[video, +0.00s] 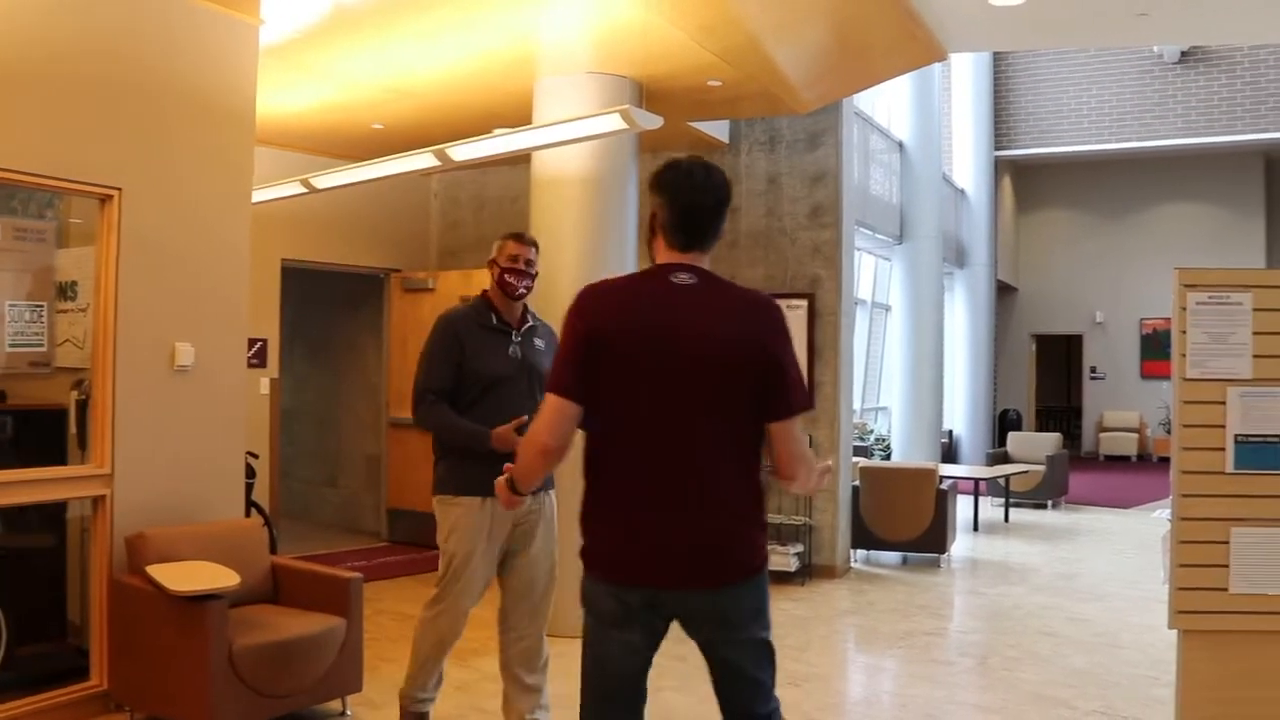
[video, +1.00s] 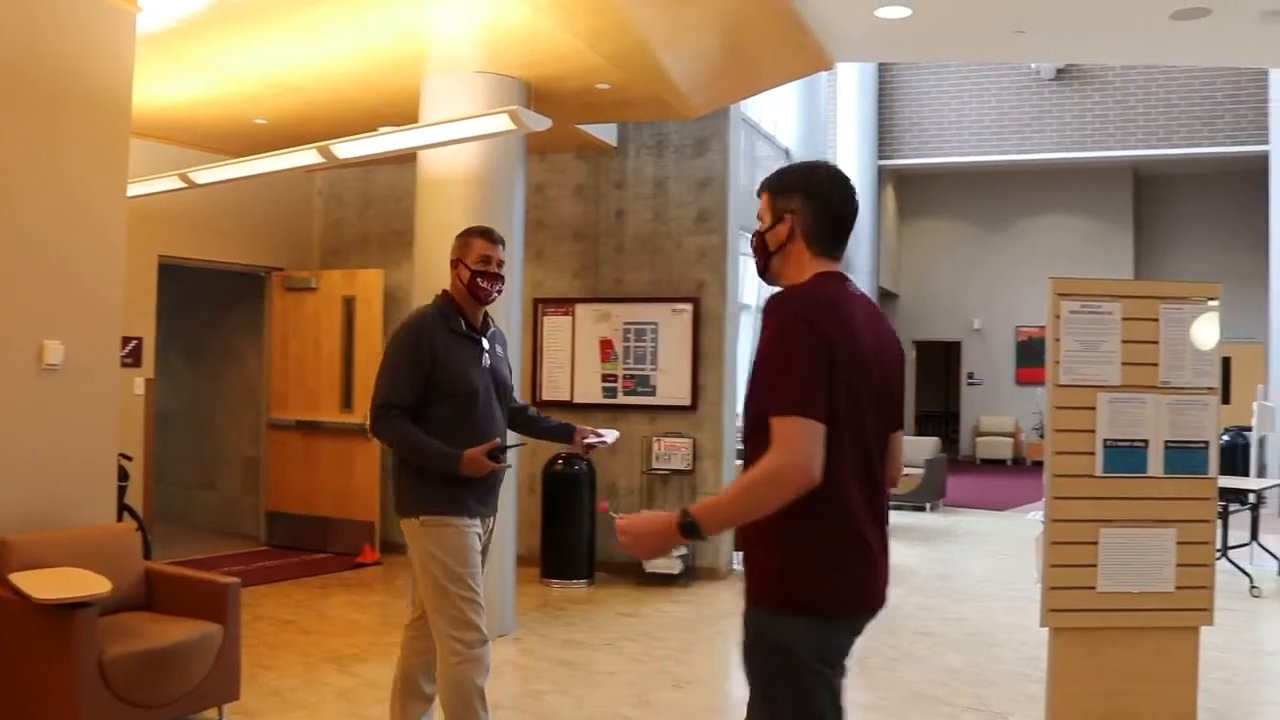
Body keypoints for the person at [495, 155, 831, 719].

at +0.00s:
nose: (648, 220)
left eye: (649, 211)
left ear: (654, 220)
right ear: (722, 227)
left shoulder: (597, 306)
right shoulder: (756, 314)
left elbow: (549, 438)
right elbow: (792, 467)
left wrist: (515, 484)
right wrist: (810, 474)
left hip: (620, 560)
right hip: (725, 564)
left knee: (608, 713)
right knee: (754, 711)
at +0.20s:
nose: (688, 226)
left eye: (691, 216)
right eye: (692, 216)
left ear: (697, 224)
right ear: (760, 231)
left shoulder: (652, 309)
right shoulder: (803, 323)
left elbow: (612, 445)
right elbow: (828, 469)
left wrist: (550, 492)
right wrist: (771, 479)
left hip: (671, 568)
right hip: (770, 571)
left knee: (625, 709)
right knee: (765, 714)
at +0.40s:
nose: (715, 229)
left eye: (718, 219)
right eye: (719, 219)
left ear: (725, 226)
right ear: (789, 234)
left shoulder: (696, 305)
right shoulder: (830, 322)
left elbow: (670, 442)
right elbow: (853, 465)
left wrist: (589, 501)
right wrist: (794, 488)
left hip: (706, 565)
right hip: (799, 568)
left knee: (642, 713)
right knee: (772, 713)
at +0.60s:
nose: (734, 227)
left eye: (737, 216)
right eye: (738, 216)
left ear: (746, 224)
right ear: (807, 233)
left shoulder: (726, 300)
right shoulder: (842, 321)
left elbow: (711, 439)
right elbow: (862, 463)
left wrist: (618, 503)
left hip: (730, 571)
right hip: (814, 574)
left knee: (681, 712)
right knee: (777, 714)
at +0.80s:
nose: (749, 228)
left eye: (753, 214)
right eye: (755, 214)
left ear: (764, 222)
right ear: (824, 232)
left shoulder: (754, 301)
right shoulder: (857, 323)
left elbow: (748, 448)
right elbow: (872, 465)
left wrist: (644, 510)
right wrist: (790, 480)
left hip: (758, 581)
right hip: (828, 579)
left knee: (742, 710)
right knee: (783, 711)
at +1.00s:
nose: (755, 237)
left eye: (761, 222)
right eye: (757, 223)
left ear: (790, 227)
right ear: (834, 232)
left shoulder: (797, 311)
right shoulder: (875, 324)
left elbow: (796, 462)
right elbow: (889, 468)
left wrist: (681, 525)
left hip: (795, 587)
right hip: (847, 582)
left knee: (795, 714)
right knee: (784, 710)